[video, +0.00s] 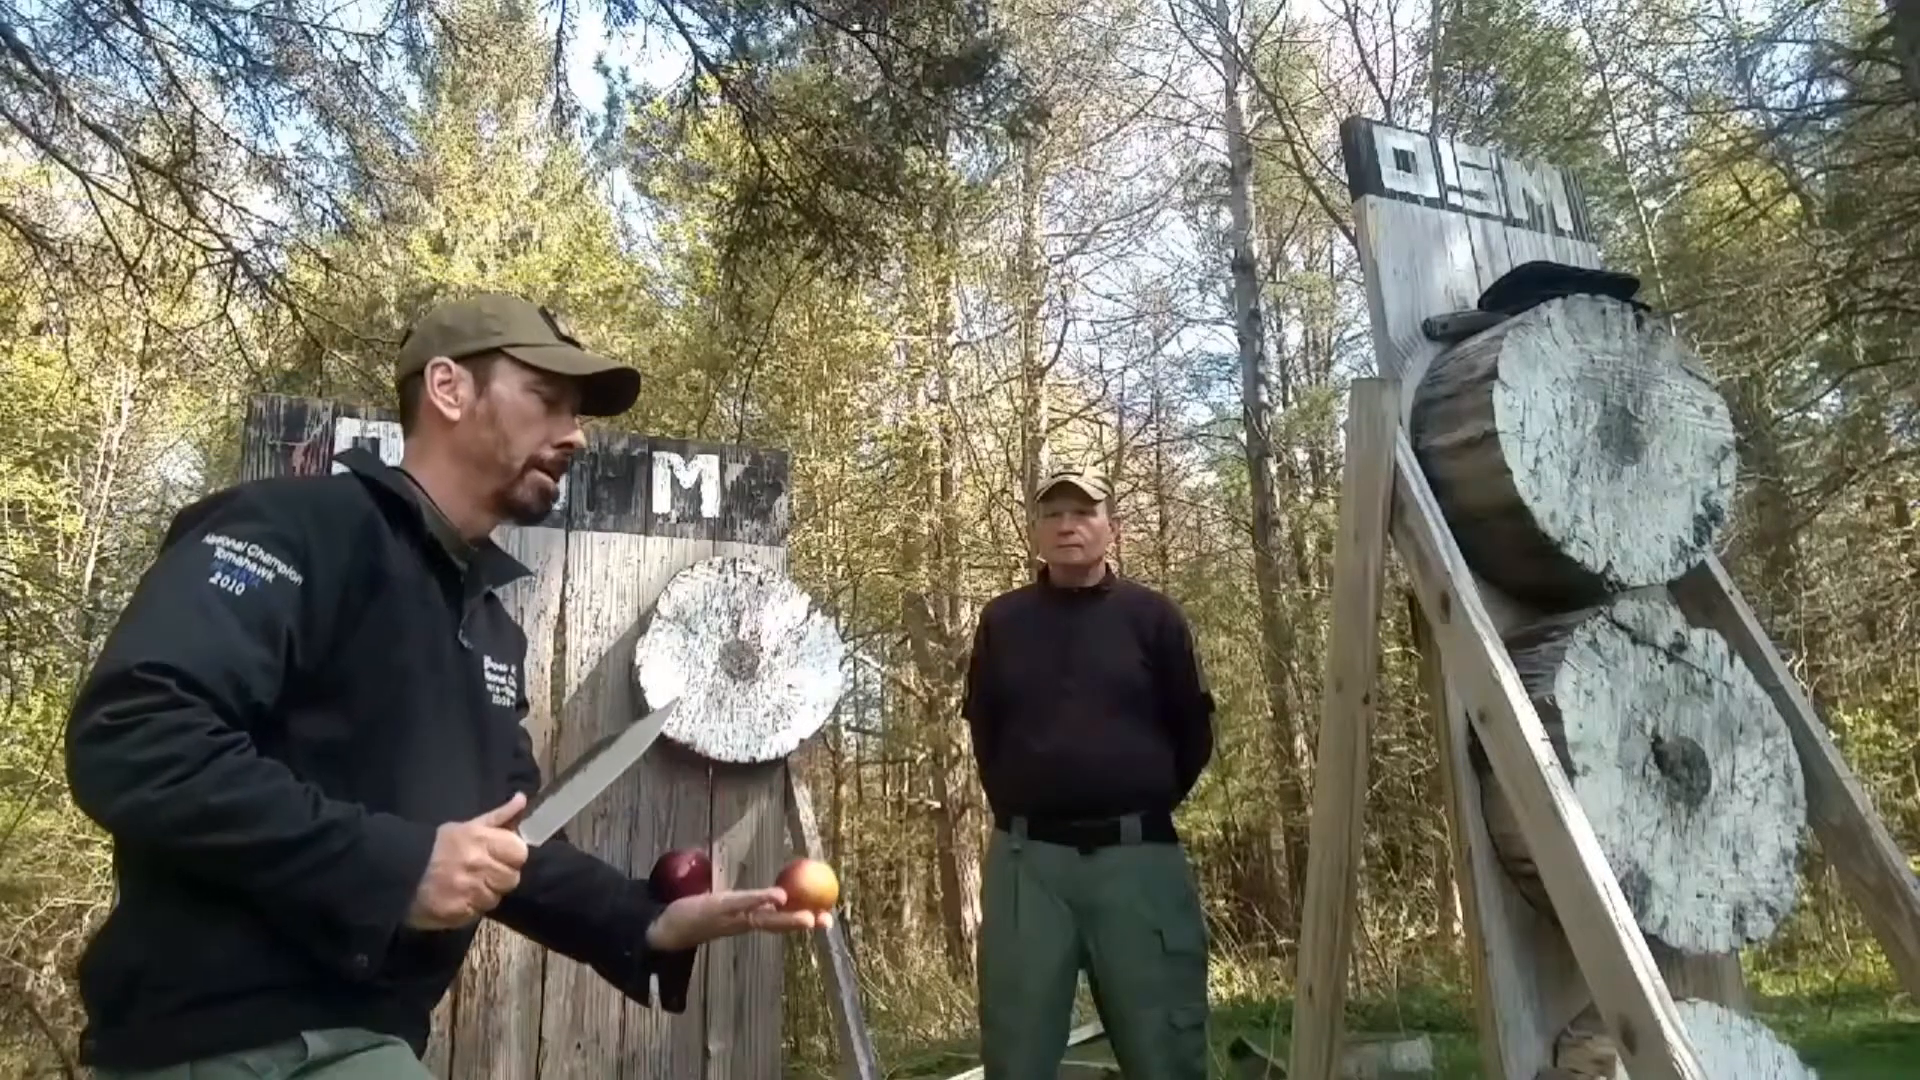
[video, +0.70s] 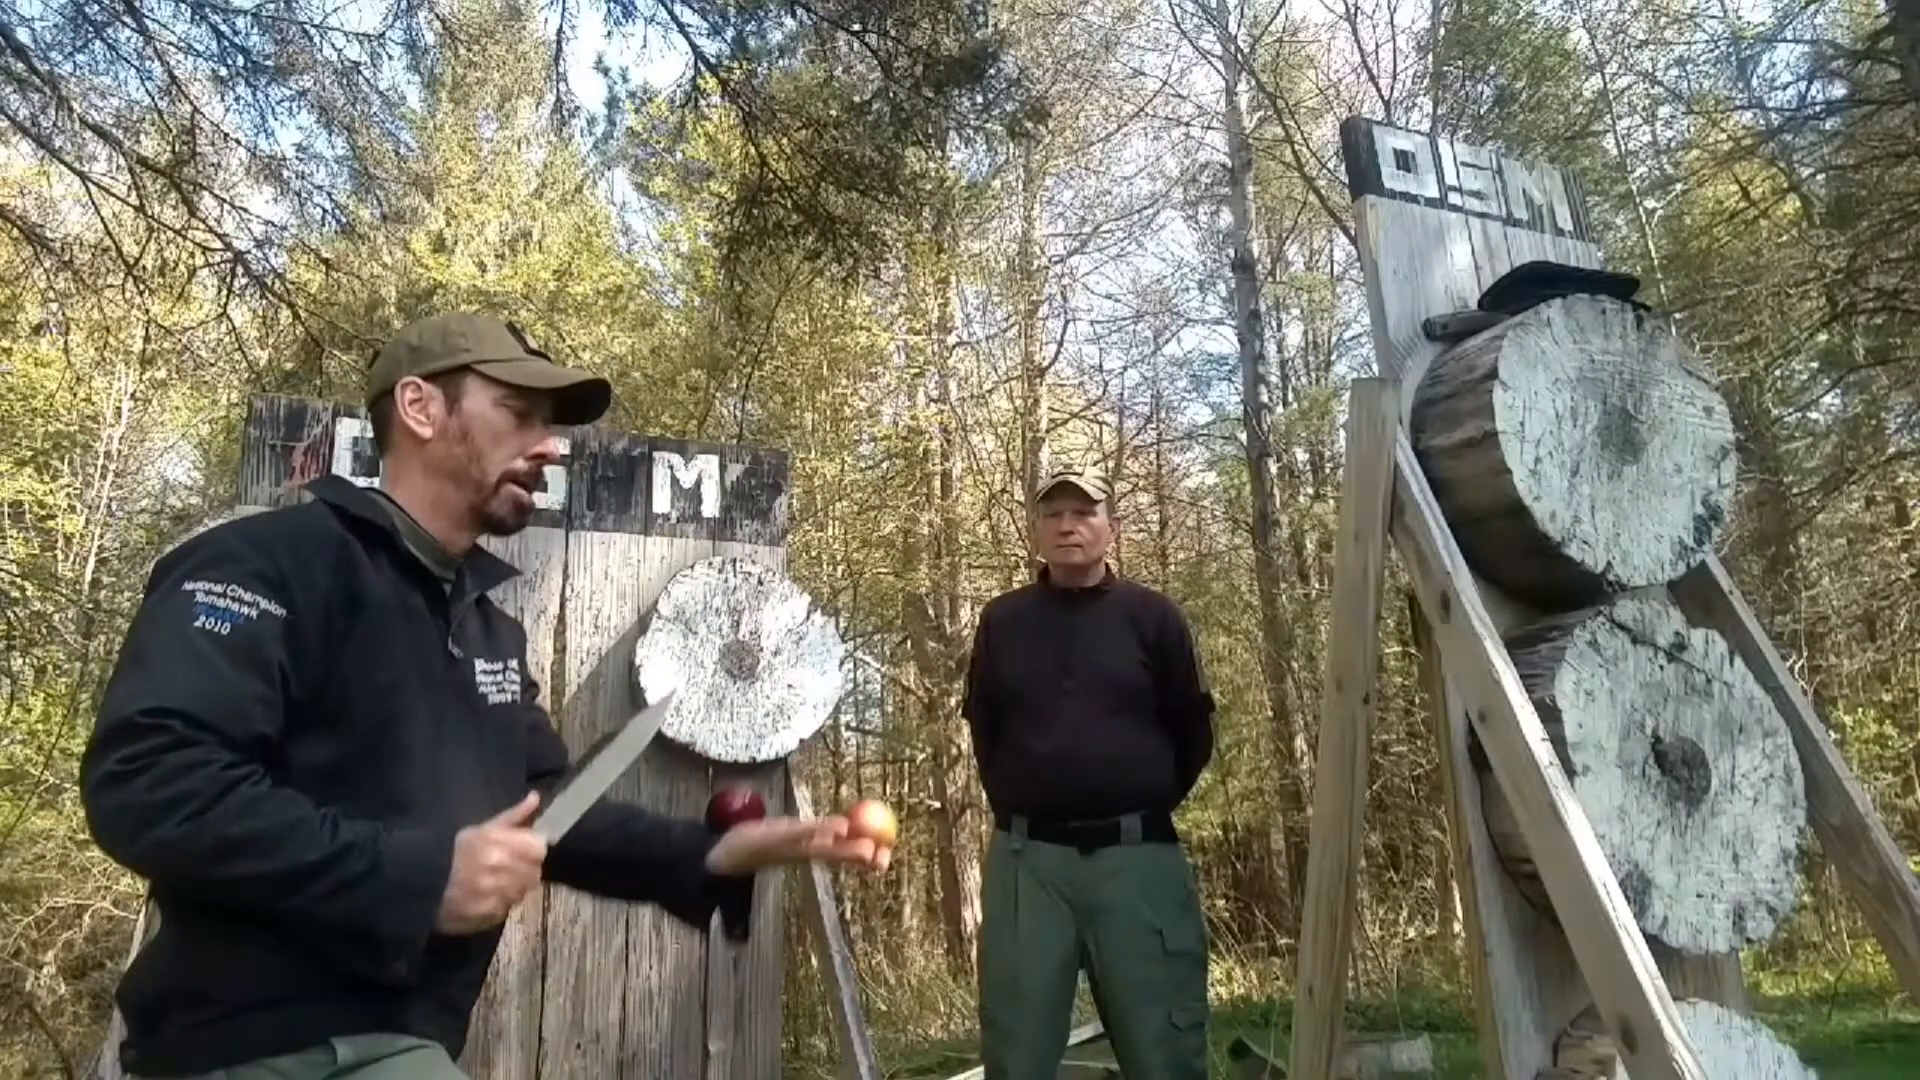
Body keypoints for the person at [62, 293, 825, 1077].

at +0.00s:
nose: (574, 438)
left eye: (577, 414)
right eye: (549, 401)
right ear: (449, 392)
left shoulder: (491, 622)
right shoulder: (295, 525)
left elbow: (481, 839)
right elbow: (132, 741)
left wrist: (651, 922)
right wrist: (397, 863)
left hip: (370, 1033)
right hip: (241, 1032)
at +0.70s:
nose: (552, 450)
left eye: (555, 424)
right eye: (523, 412)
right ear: (420, 409)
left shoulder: (487, 628)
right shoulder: (264, 558)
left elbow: (548, 816)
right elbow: (149, 788)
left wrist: (716, 851)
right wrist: (421, 874)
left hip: (408, 1038)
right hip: (260, 1037)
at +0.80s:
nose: (546, 425)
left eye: (547, 399)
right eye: (518, 392)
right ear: (418, 387)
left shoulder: (487, 598)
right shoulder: (263, 537)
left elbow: (561, 765)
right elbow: (164, 749)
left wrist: (757, 776)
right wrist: (456, 806)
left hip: (416, 1021)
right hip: (290, 1025)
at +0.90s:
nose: (541, 395)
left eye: (541, 371)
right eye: (510, 359)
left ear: (425, 368)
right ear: (413, 360)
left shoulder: (484, 569)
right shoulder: (277, 506)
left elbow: (579, 719)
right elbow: (196, 704)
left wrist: (769, 699)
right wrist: (492, 707)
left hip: (408, 992)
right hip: (323, 999)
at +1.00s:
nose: (537, 370)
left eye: (538, 347)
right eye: (507, 334)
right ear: (410, 336)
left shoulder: (478, 530)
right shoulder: (292, 468)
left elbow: (598, 665)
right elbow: (234, 649)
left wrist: (780, 631)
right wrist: (518, 600)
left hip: (411, 962)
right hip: (338, 970)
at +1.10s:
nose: (529, 340)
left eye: (528, 319)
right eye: (500, 311)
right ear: (403, 314)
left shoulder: (492, 492)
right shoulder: (298, 443)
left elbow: (604, 626)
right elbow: (276, 598)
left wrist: (780, 577)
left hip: (426, 927)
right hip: (340, 932)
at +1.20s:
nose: (522, 321)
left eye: (522, 300)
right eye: (494, 291)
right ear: (398, 297)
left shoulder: (465, 483)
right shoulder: (316, 412)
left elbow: (594, 609)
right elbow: (344, 532)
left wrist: (774, 551)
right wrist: (543, 387)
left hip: (422, 905)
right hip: (349, 906)